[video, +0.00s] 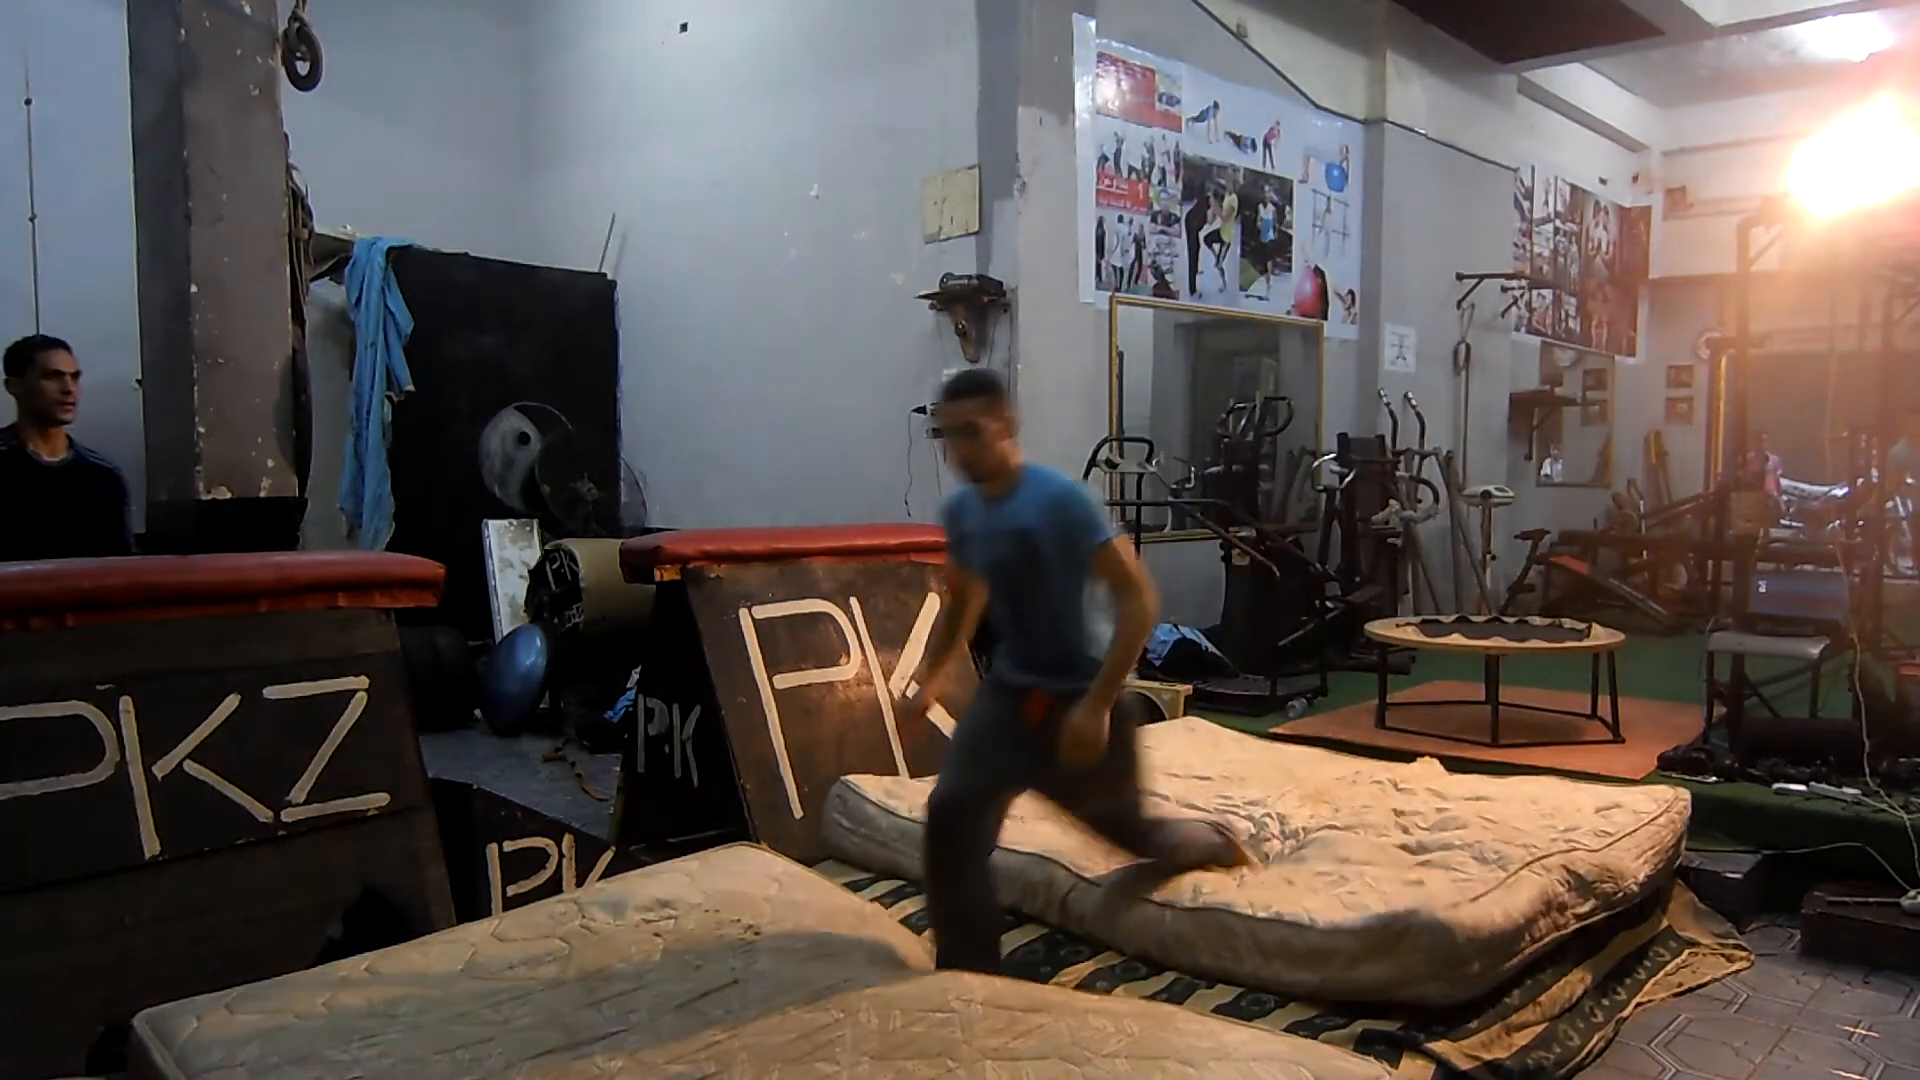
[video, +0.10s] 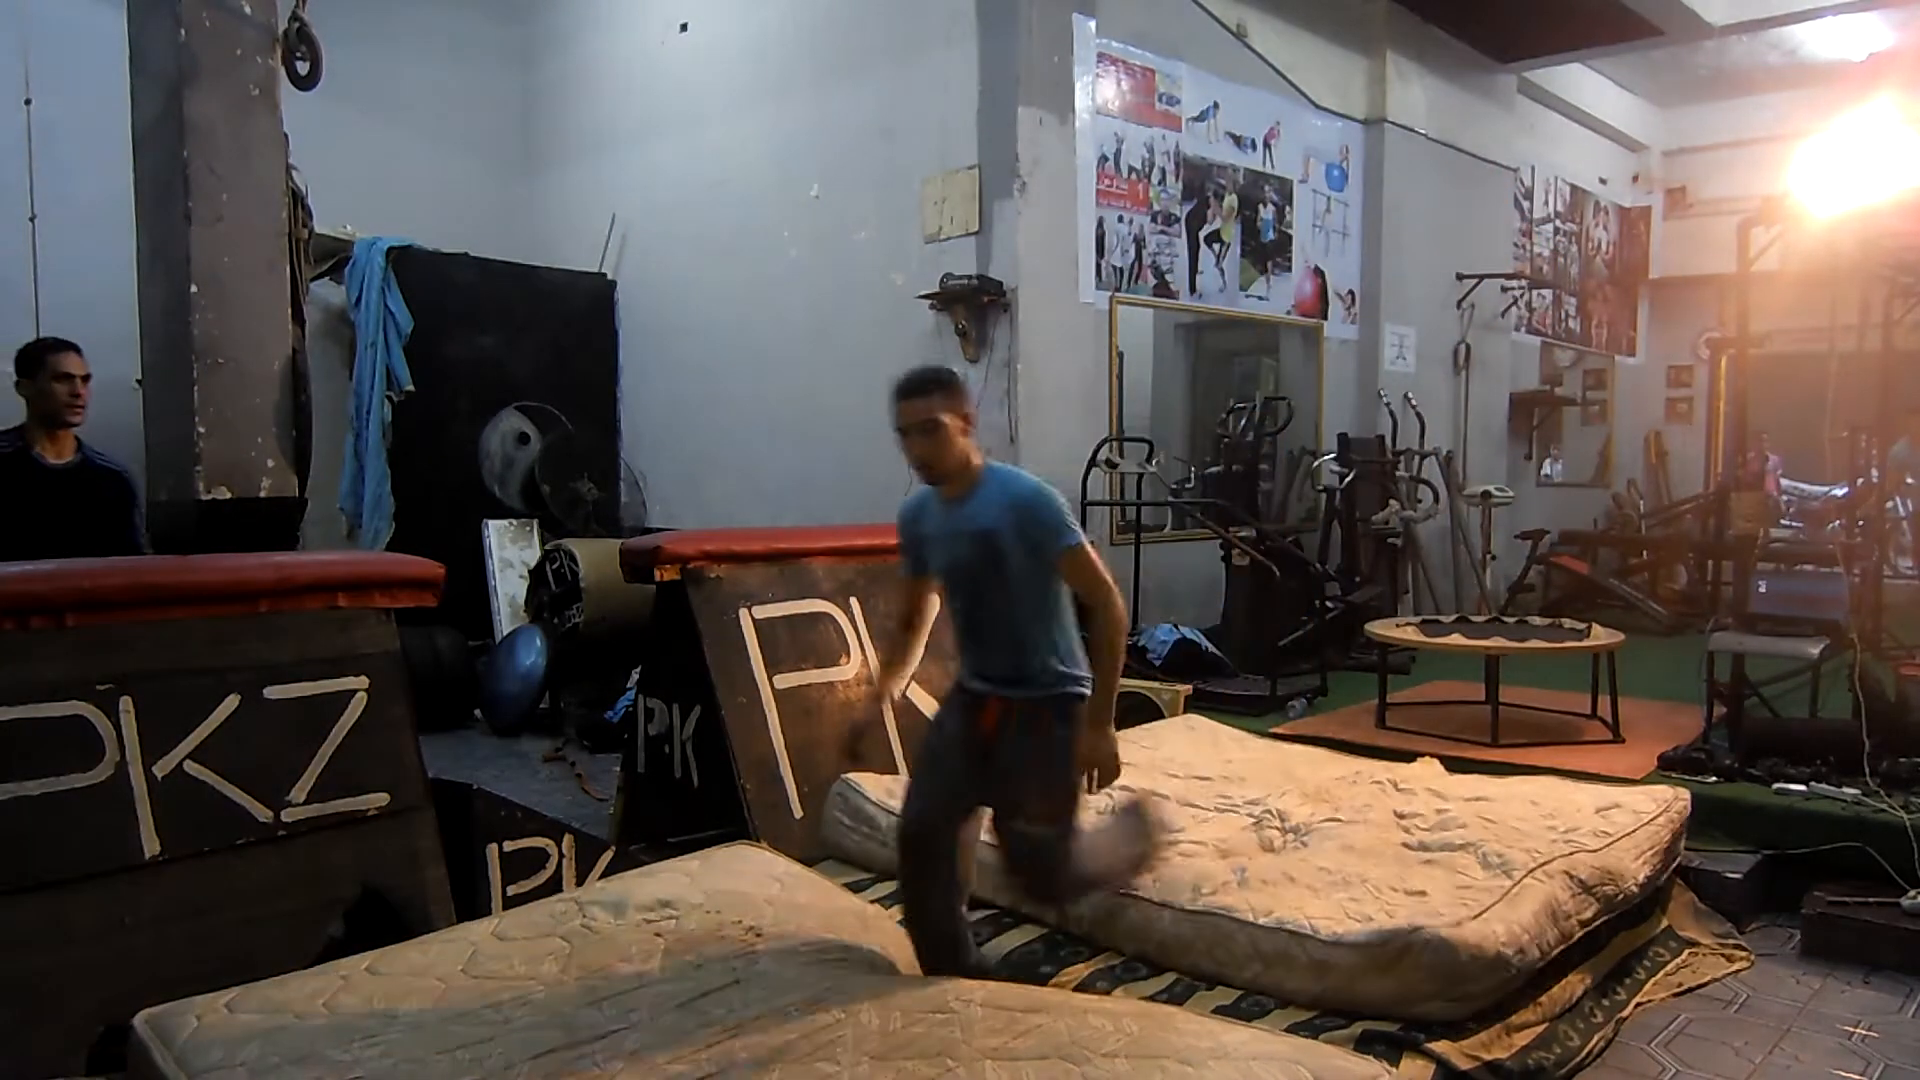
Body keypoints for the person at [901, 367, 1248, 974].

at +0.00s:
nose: (958, 449)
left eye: (970, 432)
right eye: (948, 435)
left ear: (1008, 429)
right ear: (941, 439)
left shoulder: (1062, 500)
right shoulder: (961, 511)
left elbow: (1140, 601)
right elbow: (965, 596)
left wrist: (1096, 706)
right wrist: (928, 681)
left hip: (1081, 699)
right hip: (1009, 694)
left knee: (1128, 832)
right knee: (953, 824)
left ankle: (1214, 846)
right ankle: (969, 993)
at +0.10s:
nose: (917, 448)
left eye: (929, 429)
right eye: (906, 433)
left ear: (967, 423)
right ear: (898, 438)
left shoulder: (1029, 501)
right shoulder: (919, 516)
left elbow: (1106, 601)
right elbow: (913, 622)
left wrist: (1100, 721)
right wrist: (879, 699)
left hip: (1047, 707)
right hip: (973, 701)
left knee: (1043, 881)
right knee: (924, 843)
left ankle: (1141, 828)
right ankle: (958, 997)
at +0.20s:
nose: (895, 415)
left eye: (908, 396)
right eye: (882, 401)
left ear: (946, 395)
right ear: (873, 409)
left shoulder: (1010, 478)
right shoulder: (884, 494)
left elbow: (1090, 578)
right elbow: (871, 597)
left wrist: (1101, 691)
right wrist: (840, 677)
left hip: (1021, 681)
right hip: (945, 680)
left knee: (949, 834)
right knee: (905, 844)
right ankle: (959, 991)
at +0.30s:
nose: (879, 359)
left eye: (892, 342)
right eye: (864, 347)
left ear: (926, 342)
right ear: (852, 359)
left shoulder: (992, 433)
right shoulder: (852, 452)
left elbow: (1067, 536)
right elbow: (835, 551)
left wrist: (1087, 652)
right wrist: (822, 611)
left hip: (990, 644)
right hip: (913, 648)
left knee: (910, 788)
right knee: (898, 800)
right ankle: (970, 935)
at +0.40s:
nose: (856, 312)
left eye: (873, 294)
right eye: (841, 298)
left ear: (911, 296)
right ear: (829, 308)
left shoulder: (978, 400)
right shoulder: (820, 413)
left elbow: (1045, 520)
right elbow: (795, 526)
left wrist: (1060, 638)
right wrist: (785, 616)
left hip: (956, 628)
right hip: (869, 630)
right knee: (867, 796)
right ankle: (953, 896)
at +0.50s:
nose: (840, 305)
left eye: (858, 287)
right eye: (824, 290)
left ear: (897, 293)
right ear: (809, 301)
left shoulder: (955, 405)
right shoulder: (794, 412)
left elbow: (1021, 539)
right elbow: (764, 536)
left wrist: (1023, 679)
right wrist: (750, 643)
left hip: (910, 663)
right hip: (820, 658)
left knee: (847, 880)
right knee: (796, 861)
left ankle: (810, 1065)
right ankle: (904, 877)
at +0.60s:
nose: (817, 338)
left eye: (837, 319)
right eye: (802, 319)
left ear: (877, 326)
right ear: (785, 329)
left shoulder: (930, 459)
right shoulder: (760, 452)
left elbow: (988, 611)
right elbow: (730, 588)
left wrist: (977, 757)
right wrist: (690, 702)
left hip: (868, 737)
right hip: (765, 724)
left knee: (834, 970)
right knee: (711, 938)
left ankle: (823, 1074)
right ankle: (817, 915)